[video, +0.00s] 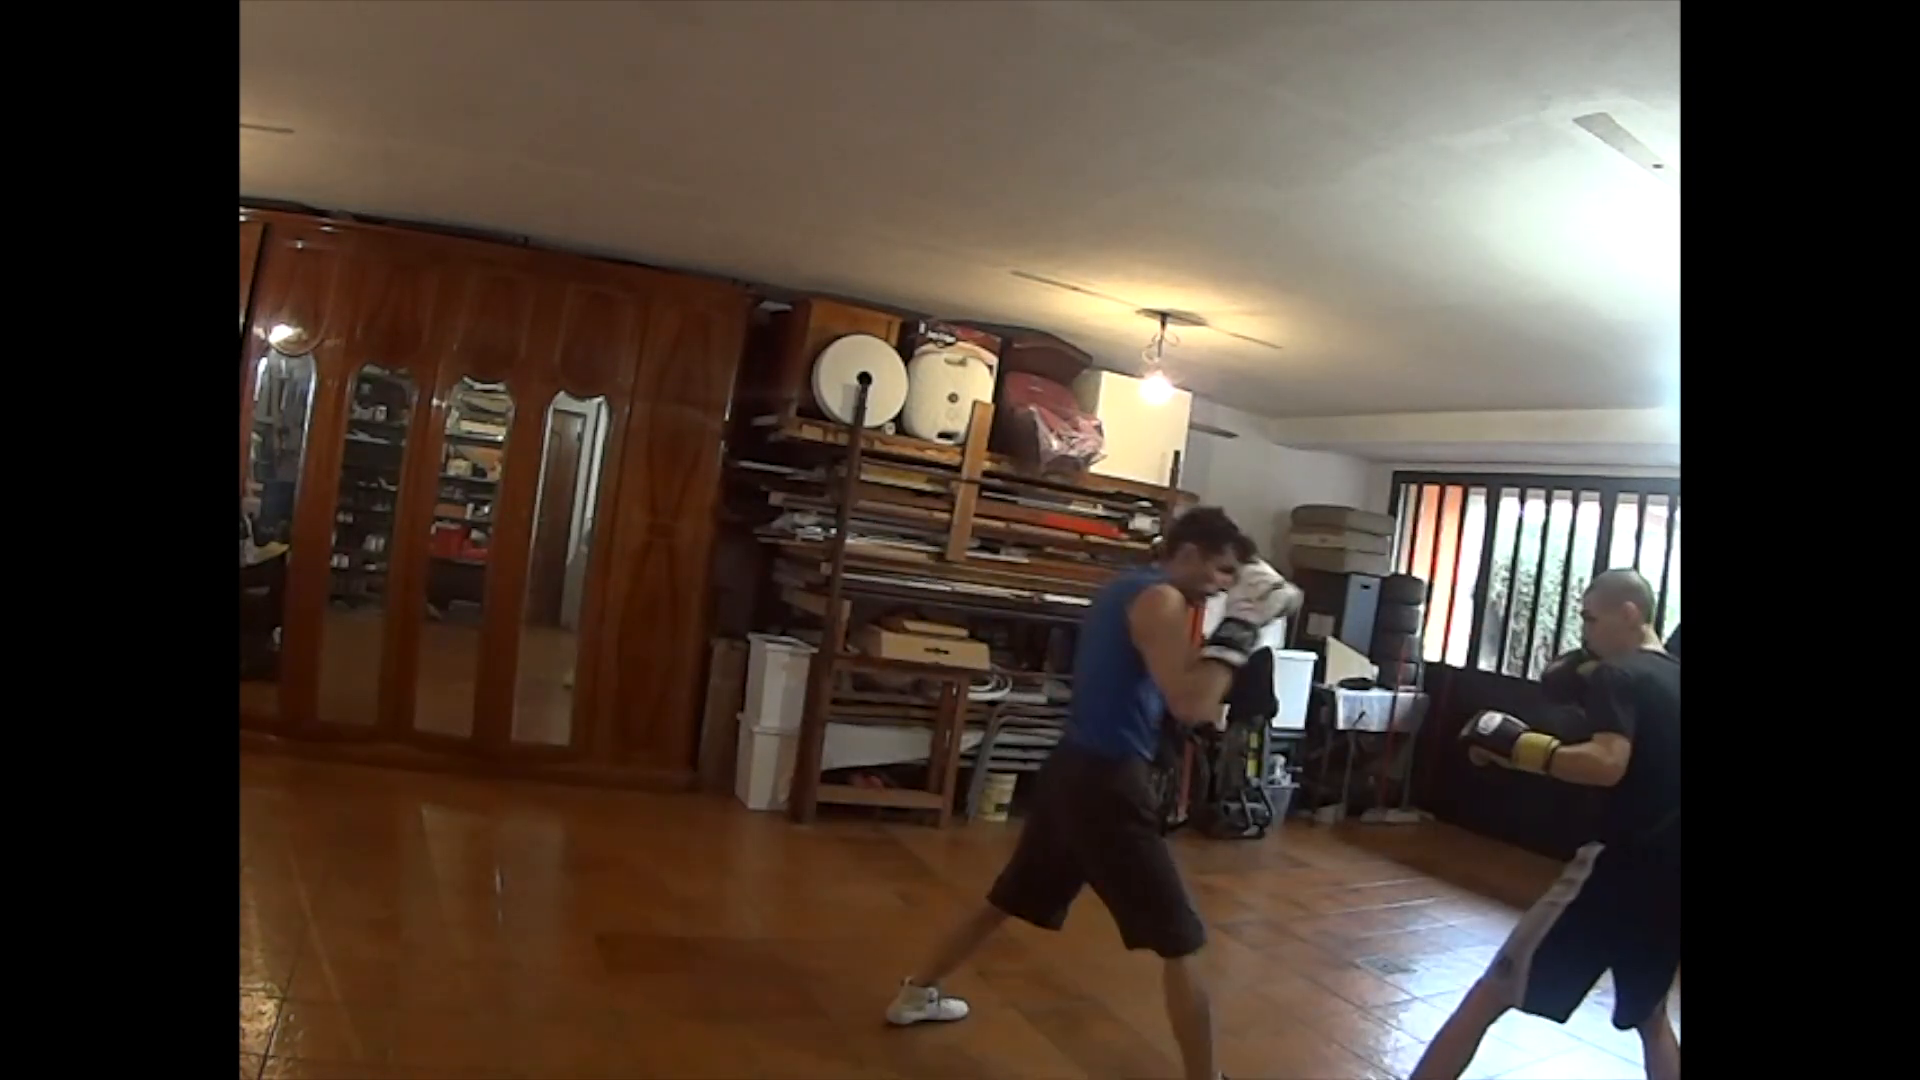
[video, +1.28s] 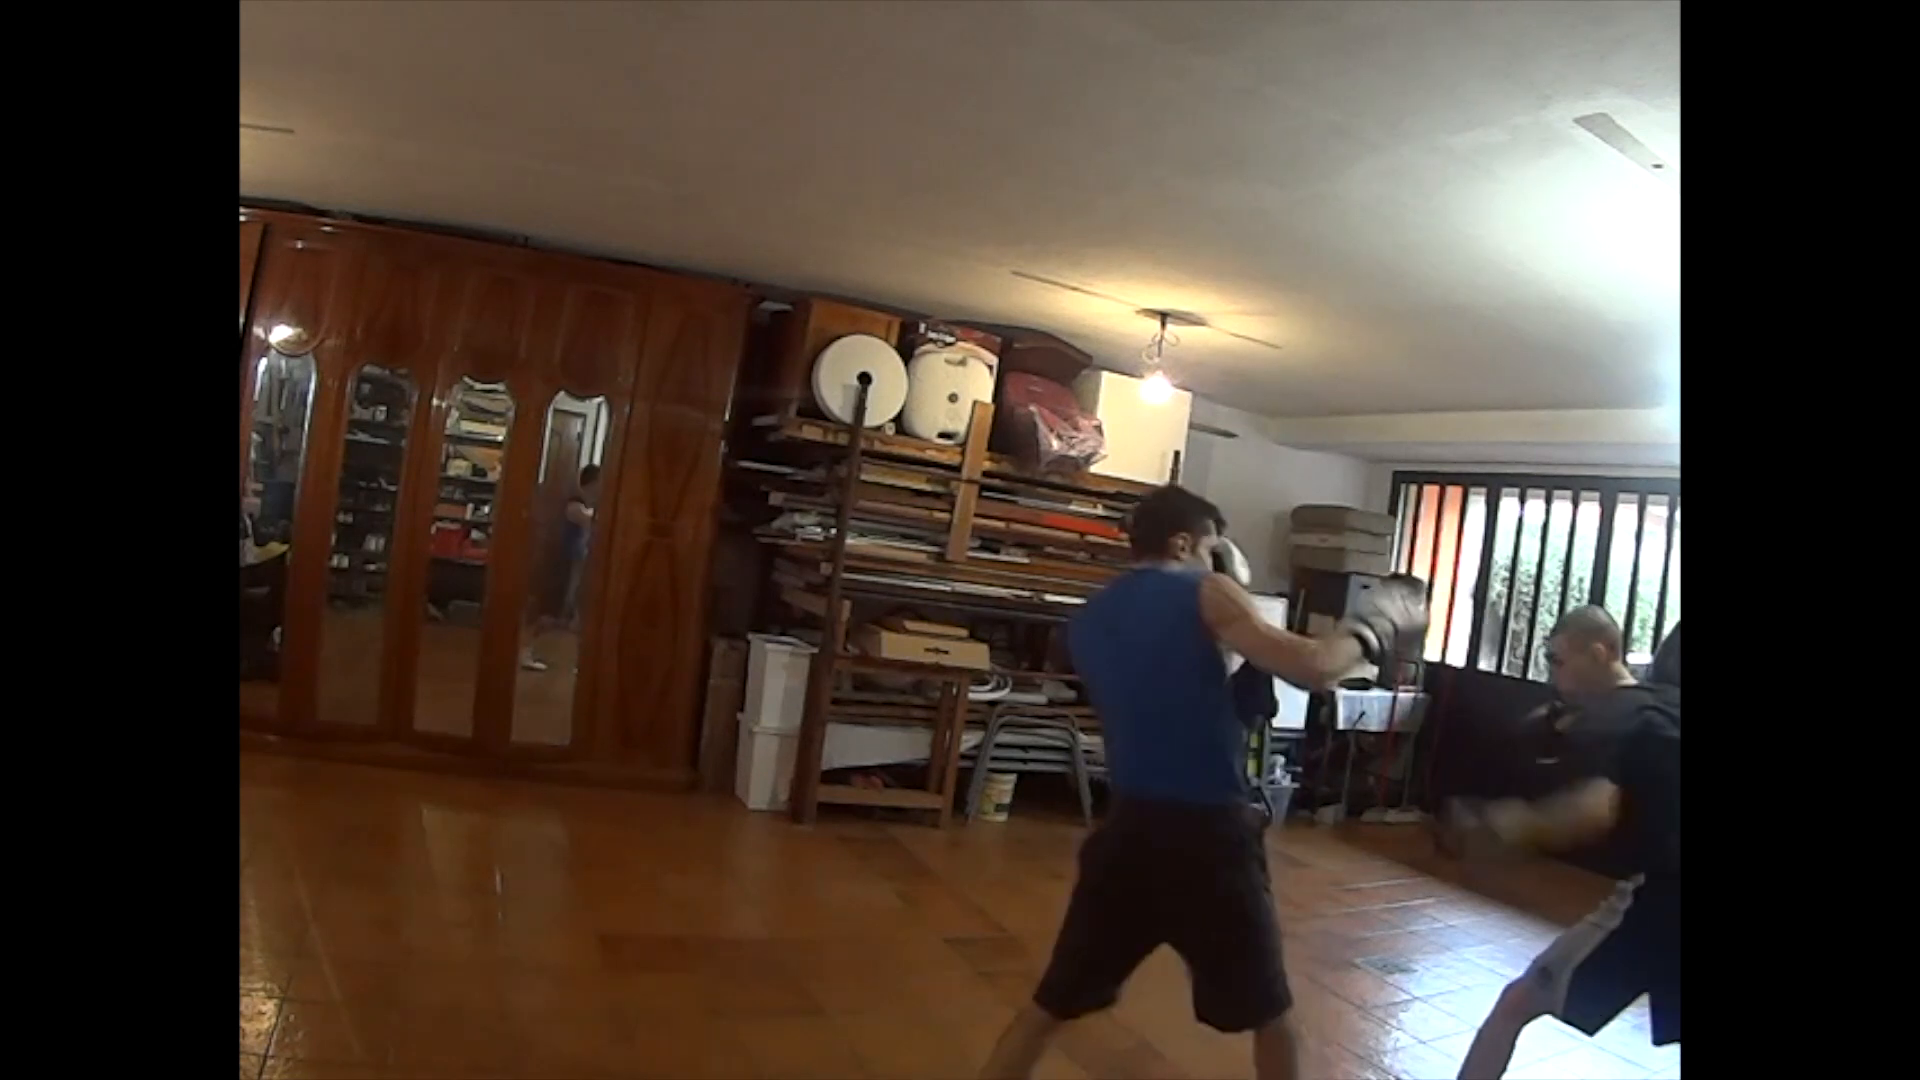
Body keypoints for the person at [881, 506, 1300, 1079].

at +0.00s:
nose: (1220, 586)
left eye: (1227, 577)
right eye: (1219, 571)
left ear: (1183, 553)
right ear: (1187, 551)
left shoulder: (1125, 587)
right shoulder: (1158, 599)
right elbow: (1194, 703)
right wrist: (1239, 629)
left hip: (1070, 776)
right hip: (1112, 789)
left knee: (1003, 900)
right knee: (1181, 943)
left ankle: (916, 991)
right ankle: (1204, 1072)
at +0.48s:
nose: (1257, 597)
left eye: (1264, 587)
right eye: (1256, 582)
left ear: (1207, 564)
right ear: (1223, 567)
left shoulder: (1143, 605)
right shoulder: (1199, 614)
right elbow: (1229, 721)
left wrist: (1256, 641)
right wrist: (1289, 660)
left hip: (1101, 803)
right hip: (1156, 813)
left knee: (1038, 930)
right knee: (1256, 949)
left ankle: (937, 1032)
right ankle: (1260, 1070)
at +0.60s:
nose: (1310, 606)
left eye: (1315, 595)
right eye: (1308, 593)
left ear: (1252, 580)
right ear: (1274, 581)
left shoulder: (1182, 619)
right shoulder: (1265, 630)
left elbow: (1167, 698)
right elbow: (1277, 707)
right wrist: (1353, 683)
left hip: (1131, 816)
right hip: (1203, 828)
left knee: (1038, 935)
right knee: (1278, 986)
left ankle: (937, 1032)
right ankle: (1307, 1075)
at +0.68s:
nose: (1353, 621)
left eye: (1354, 612)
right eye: (1349, 610)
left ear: (1288, 589)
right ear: (1321, 598)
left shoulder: (1211, 621)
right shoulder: (1321, 646)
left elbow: (1173, 700)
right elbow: (1419, 690)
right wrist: (1479, 661)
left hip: (1143, 813)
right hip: (1216, 833)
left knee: (1057, 932)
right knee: (1283, 989)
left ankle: (953, 1032)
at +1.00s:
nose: (1323, 589)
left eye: (1324, 577)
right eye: (1320, 575)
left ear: (1256, 564)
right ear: (1294, 565)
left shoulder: (1194, 620)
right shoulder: (1307, 615)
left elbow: (1193, 722)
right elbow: (1392, 704)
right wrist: (1406, 620)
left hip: (1180, 835)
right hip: (1265, 846)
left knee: (1090, 991)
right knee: (1315, 1012)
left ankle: (1008, 1074)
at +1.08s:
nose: (1297, 587)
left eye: (1298, 577)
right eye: (1293, 574)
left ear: (1226, 565)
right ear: (1265, 566)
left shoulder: (1168, 625)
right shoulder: (1284, 616)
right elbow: (1392, 686)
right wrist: (1394, 598)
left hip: (1169, 849)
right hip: (1253, 858)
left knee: (1078, 1003)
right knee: (1309, 1016)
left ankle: (1007, 1073)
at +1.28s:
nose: (1216, 559)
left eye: (1217, 548)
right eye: (1213, 546)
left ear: (1138, 544)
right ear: (1183, 543)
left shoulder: (1091, 612)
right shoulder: (1204, 592)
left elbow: (1156, 703)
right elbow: (1313, 665)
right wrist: (1368, 632)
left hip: (1127, 837)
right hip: (1215, 844)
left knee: (1045, 1009)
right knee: (1272, 1020)